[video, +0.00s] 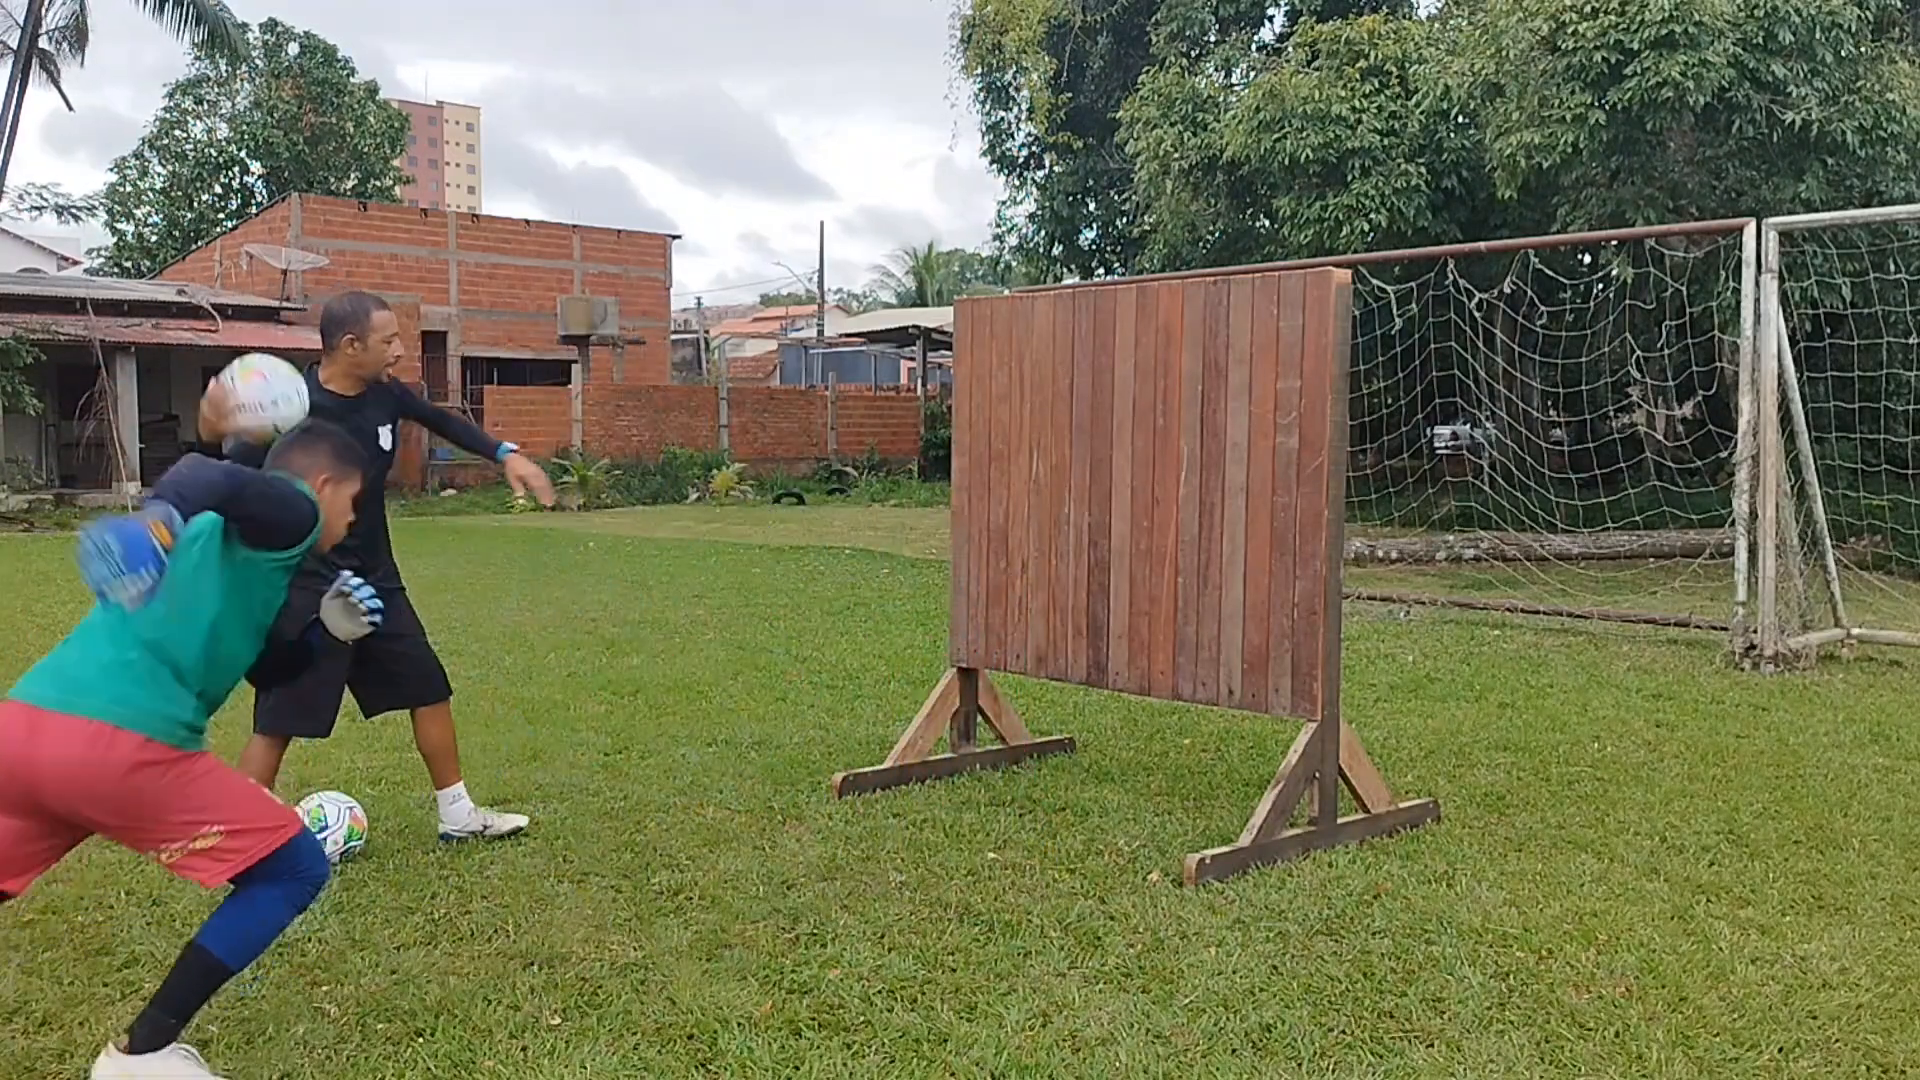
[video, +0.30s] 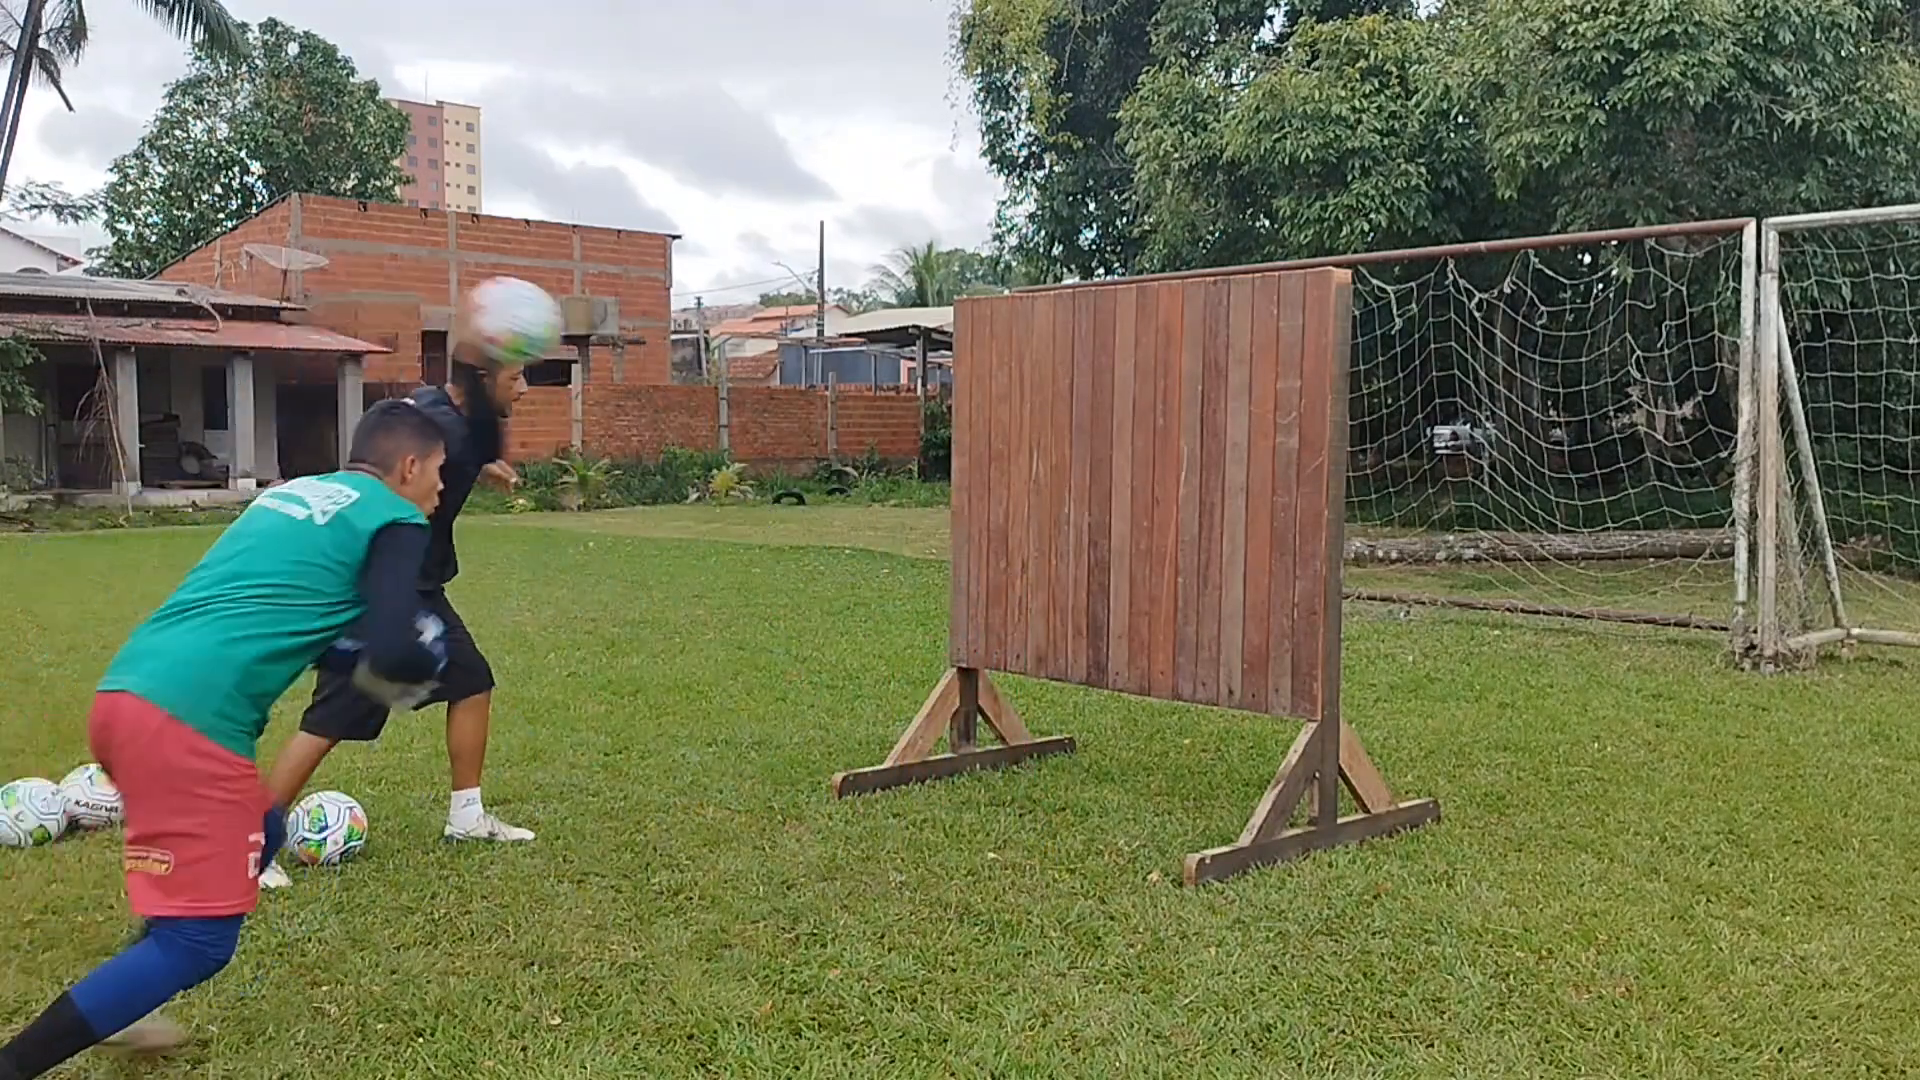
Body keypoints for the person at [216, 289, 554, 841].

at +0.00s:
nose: (397, 350)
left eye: (397, 339)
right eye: (387, 341)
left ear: (360, 344)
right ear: (348, 346)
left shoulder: (387, 395)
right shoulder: (283, 403)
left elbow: (442, 422)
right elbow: (236, 487)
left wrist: (507, 454)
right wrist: (216, 432)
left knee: (427, 684)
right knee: (278, 714)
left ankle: (457, 814)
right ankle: (237, 837)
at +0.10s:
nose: (435, 361)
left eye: (435, 350)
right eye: (426, 352)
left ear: (395, 357)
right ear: (388, 357)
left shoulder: (419, 400)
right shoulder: (321, 405)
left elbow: (471, 413)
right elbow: (244, 441)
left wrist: (539, 434)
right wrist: (224, 355)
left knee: (450, 686)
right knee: (294, 714)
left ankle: (463, 818)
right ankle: (241, 844)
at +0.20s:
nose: (480, 376)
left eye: (480, 365)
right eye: (473, 366)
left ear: (440, 370)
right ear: (438, 370)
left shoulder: (445, 413)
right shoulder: (372, 418)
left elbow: (472, 422)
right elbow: (319, 480)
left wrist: (514, 432)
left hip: (418, 597)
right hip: (356, 597)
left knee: (471, 686)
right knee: (306, 720)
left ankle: (467, 817)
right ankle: (251, 853)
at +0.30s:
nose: (522, 385)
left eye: (523, 375)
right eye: (515, 375)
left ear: (494, 376)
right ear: (481, 374)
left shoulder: (479, 418)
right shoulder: (435, 417)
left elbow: (448, 464)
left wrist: (482, 471)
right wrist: (473, 468)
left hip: (422, 589)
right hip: (371, 591)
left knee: (472, 685)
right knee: (332, 717)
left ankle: (467, 815)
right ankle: (259, 836)